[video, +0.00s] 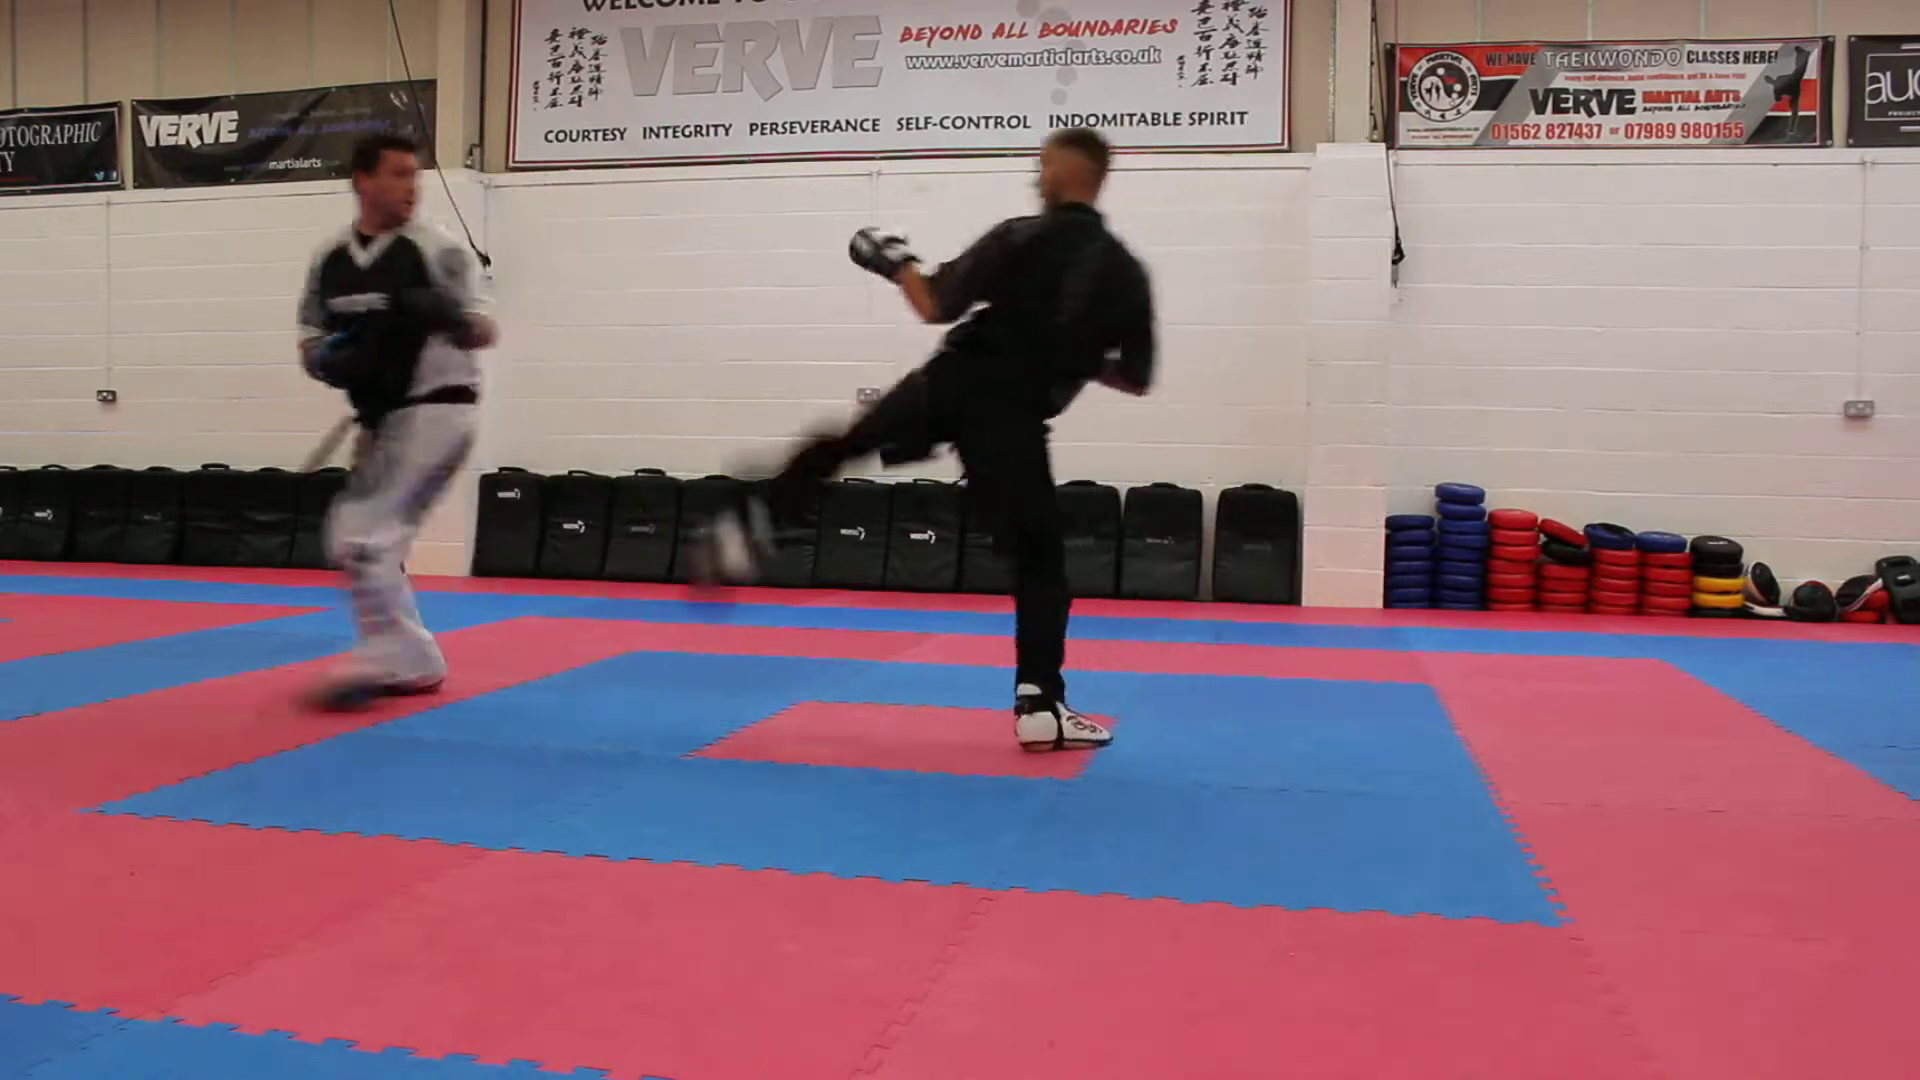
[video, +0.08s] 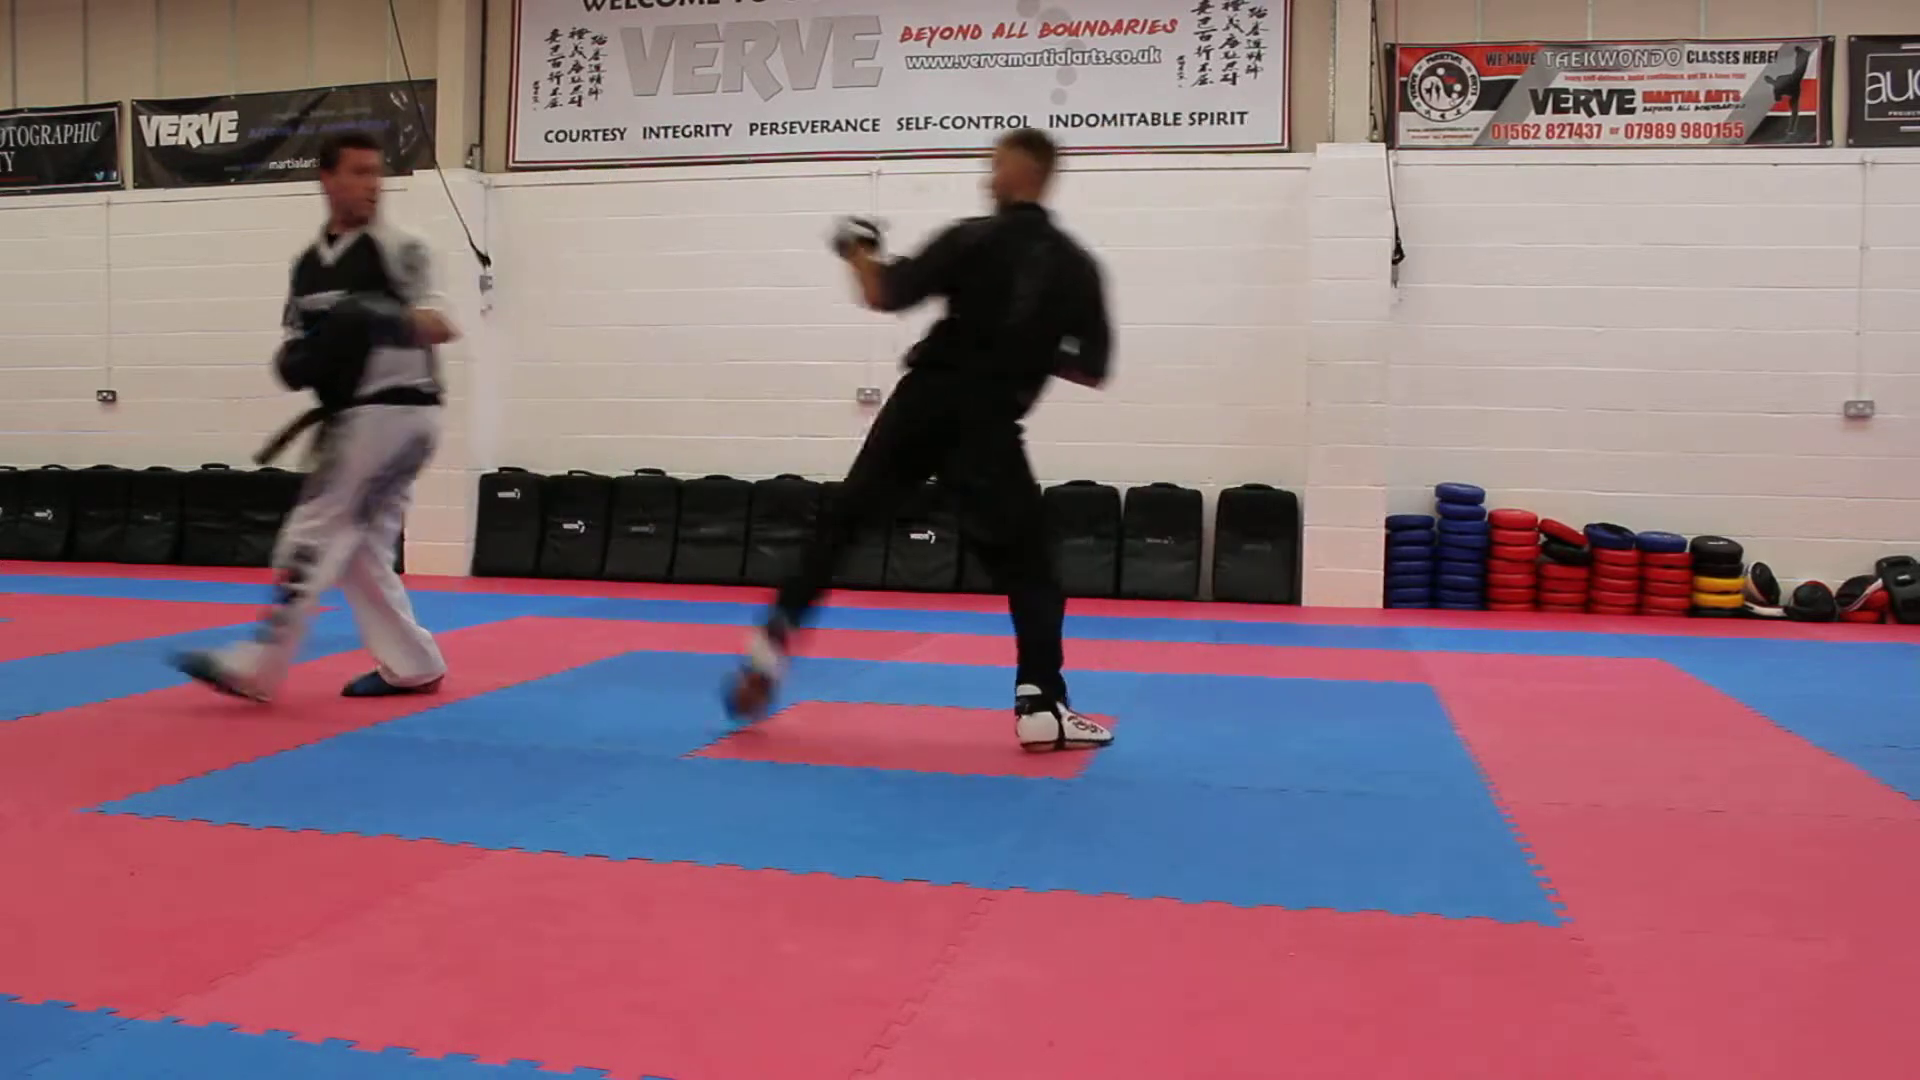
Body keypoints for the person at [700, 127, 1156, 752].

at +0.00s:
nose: (1040, 173)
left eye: (1047, 163)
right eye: (1044, 161)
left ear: (1063, 172)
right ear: (1100, 178)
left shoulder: (1020, 238)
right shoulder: (1126, 273)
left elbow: (935, 304)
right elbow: (1135, 378)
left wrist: (894, 260)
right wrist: (1075, 353)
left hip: (948, 388)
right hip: (1013, 424)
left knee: (847, 444)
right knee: (1041, 558)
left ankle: (756, 521)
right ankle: (1039, 704)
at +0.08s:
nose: (992, 173)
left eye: (1001, 163)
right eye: (995, 161)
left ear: (1023, 170)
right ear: (1047, 175)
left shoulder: (976, 239)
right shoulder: (1076, 265)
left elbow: (887, 292)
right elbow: (1093, 368)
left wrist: (860, 256)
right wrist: (1031, 346)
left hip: (920, 411)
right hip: (990, 430)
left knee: (845, 516)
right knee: (1031, 561)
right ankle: (1040, 708)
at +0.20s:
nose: (881, 168)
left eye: (888, 158)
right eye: (887, 157)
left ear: (899, 166)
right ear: (931, 170)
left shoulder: (867, 231)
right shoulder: (970, 243)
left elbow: (780, 240)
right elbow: (1015, 319)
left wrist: (725, 200)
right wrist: (965, 327)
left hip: (875, 431)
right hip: (948, 433)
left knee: (841, 559)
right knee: (995, 558)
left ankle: (815, 704)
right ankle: (1042, 698)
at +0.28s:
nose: (796, 170)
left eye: (804, 160)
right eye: (801, 159)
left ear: (822, 167)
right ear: (849, 170)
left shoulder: (788, 224)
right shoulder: (892, 231)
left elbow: (705, 190)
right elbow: (949, 293)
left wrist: (628, 162)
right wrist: (905, 318)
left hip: (841, 421)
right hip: (905, 417)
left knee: (814, 558)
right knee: (953, 546)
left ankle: (808, 704)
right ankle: (1021, 674)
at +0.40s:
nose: (695, 177)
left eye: (702, 167)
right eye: (697, 168)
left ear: (723, 169)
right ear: (744, 169)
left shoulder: (706, 217)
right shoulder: (798, 222)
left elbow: (619, 184)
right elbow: (863, 288)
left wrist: (556, 141)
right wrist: (798, 287)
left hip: (777, 398)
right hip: (830, 389)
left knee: (783, 542)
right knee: (852, 524)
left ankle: (800, 698)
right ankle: (889, 651)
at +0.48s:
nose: (643, 176)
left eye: (650, 166)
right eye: (643, 167)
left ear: (676, 169)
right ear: (687, 169)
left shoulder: (662, 218)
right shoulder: (739, 216)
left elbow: (578, 178)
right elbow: (772, 290)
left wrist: (526, 128)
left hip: (731, 392)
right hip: (772, 381)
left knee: (752, 533)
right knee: (758, 528)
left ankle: (794, 682)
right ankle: (788, 658)